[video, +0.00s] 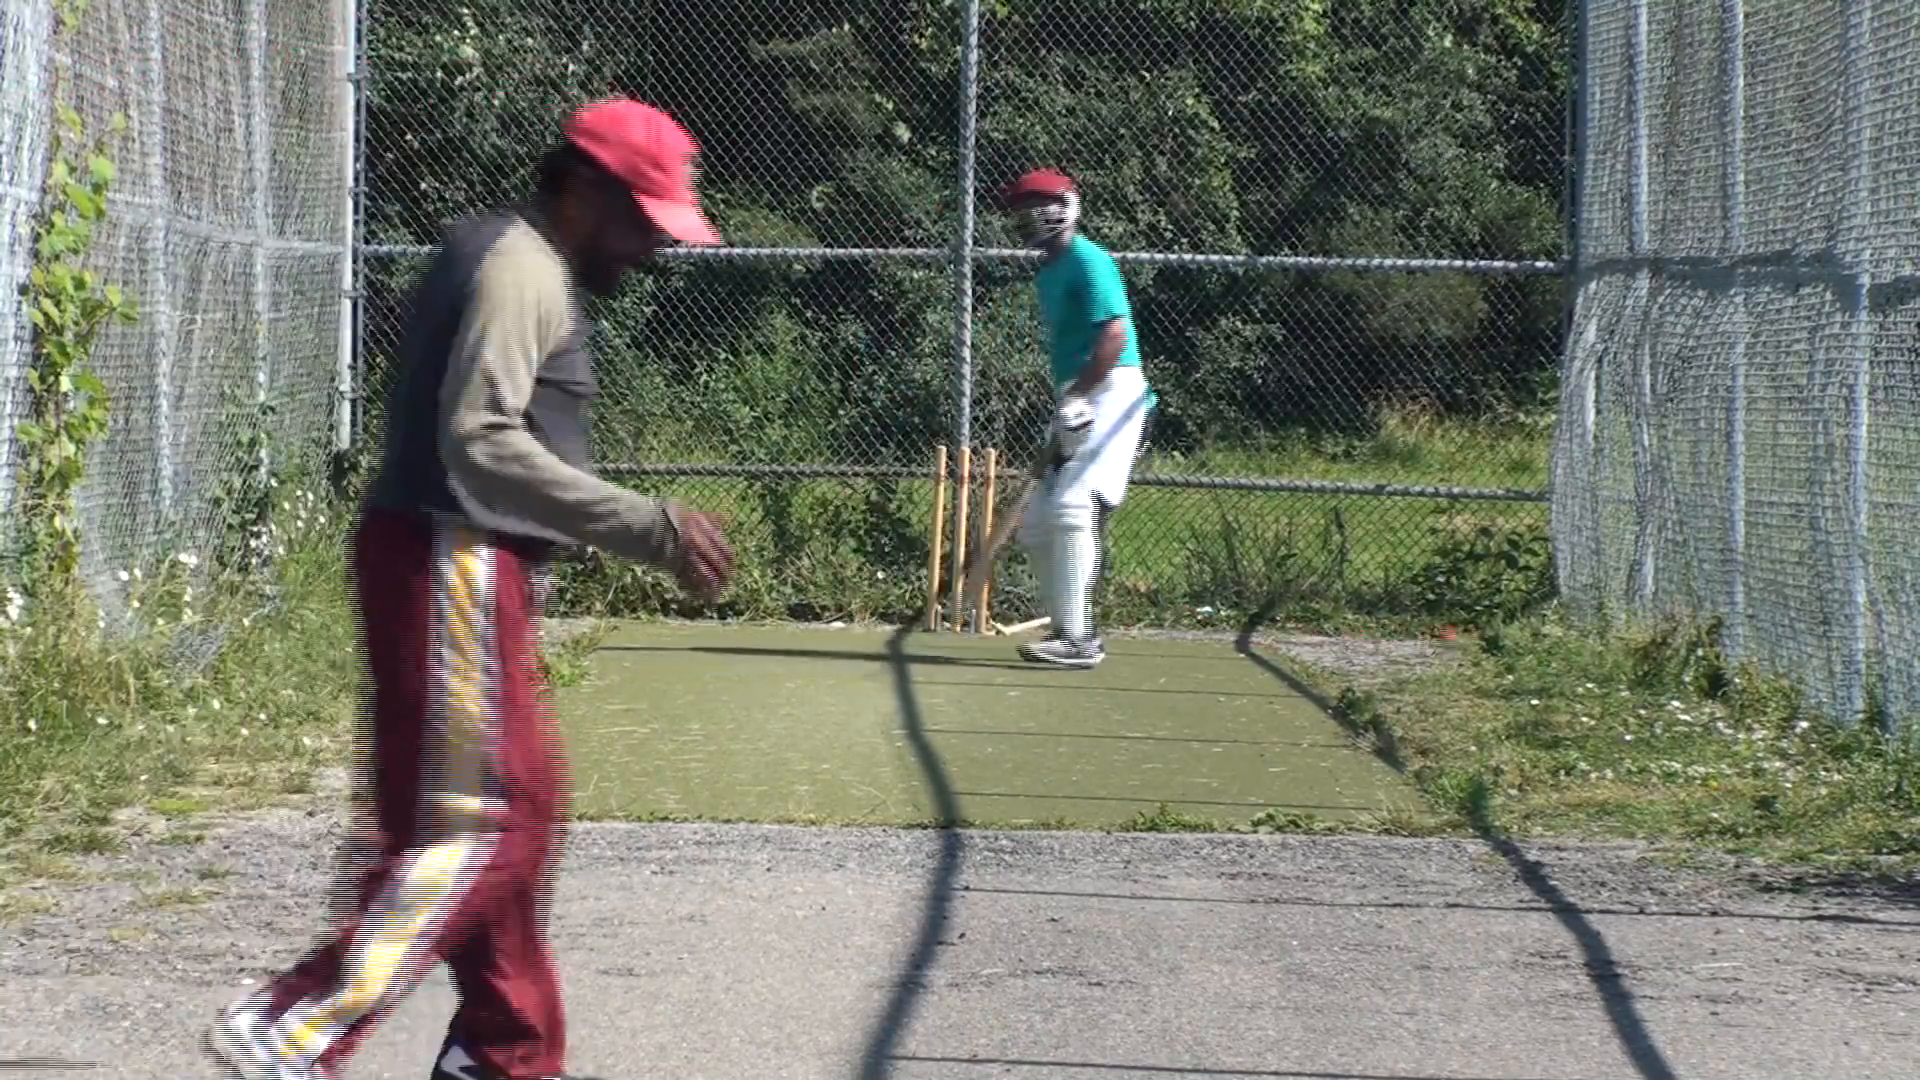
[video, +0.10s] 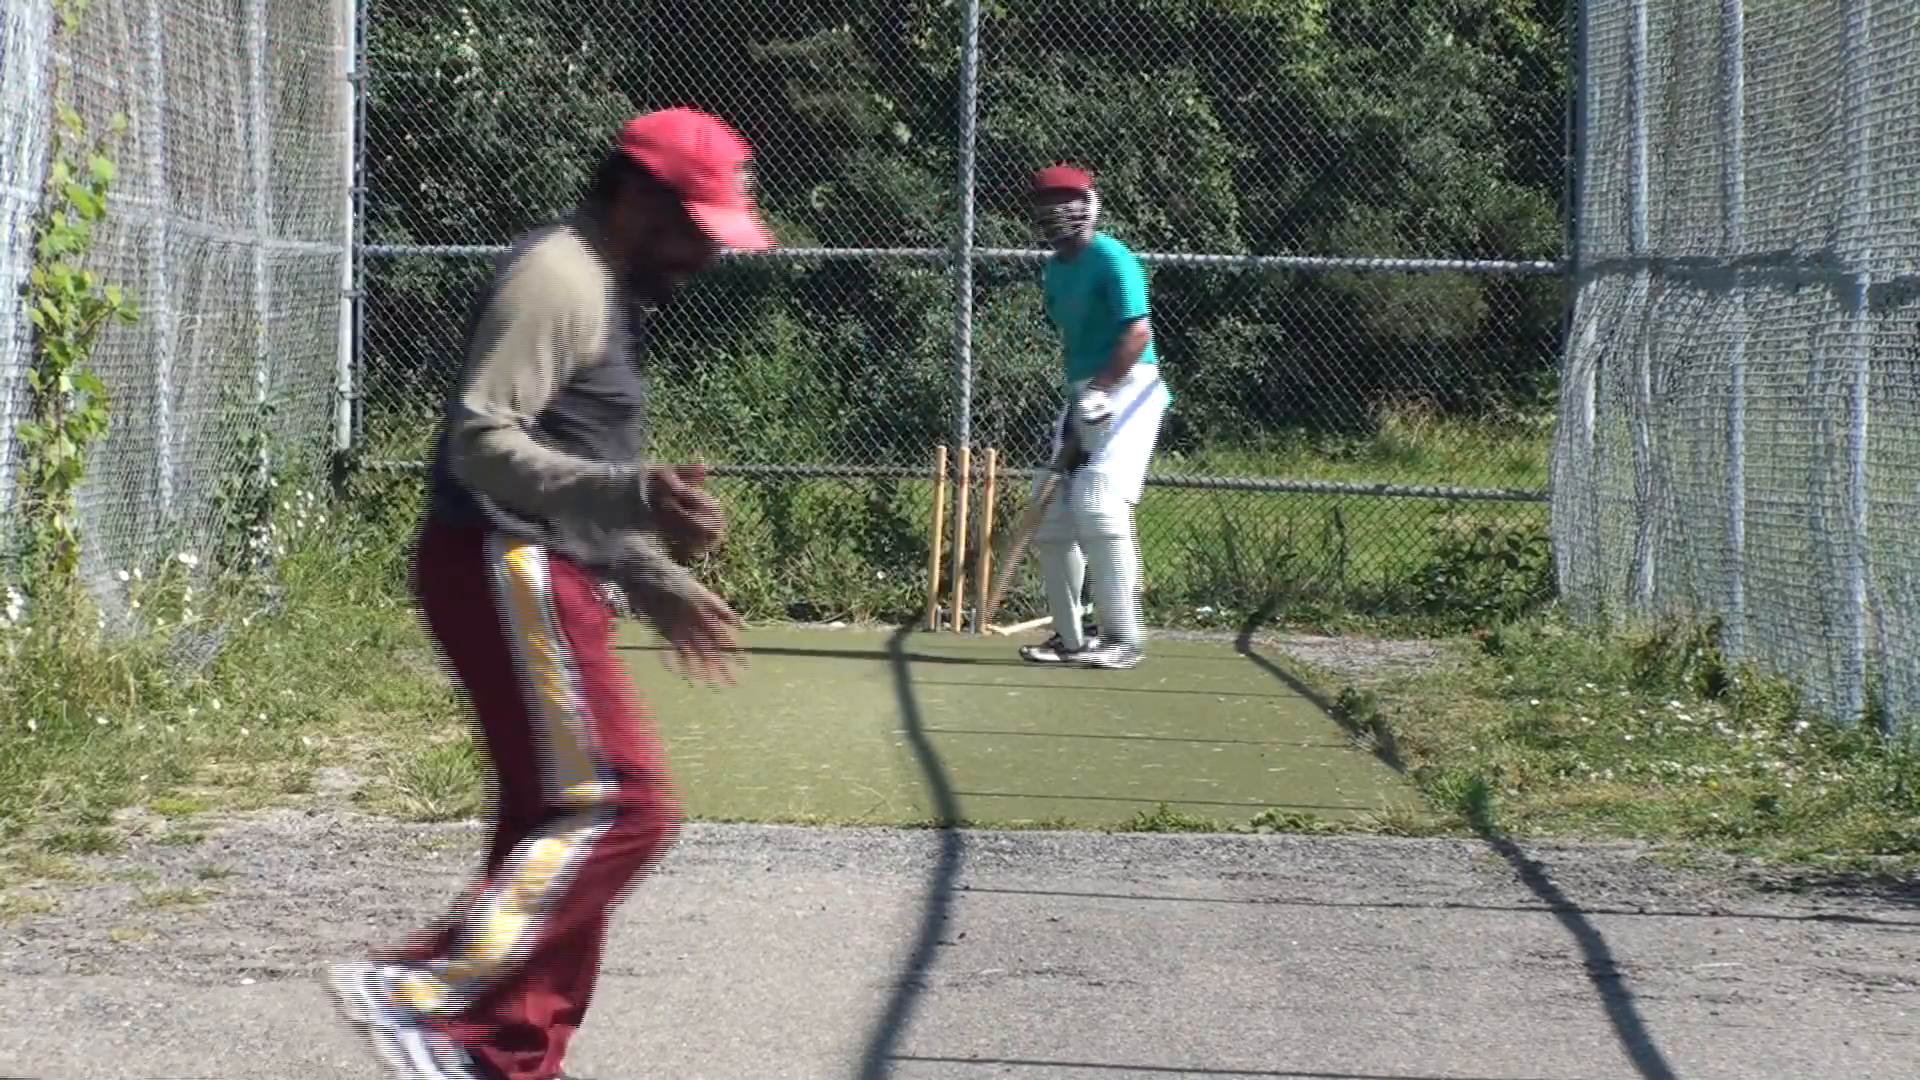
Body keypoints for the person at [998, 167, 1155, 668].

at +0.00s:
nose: (1046, 218)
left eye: (1054, 207)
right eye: (1033, 213)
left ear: (1073, 208)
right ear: (1021, 223)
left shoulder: (1088, 260)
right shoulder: (1048, 273)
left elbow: (1114, 337)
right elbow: (1070, 349)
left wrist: (1074, 399)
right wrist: (1060, 419)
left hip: (1115, 394)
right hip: (1082, 397)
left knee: (1070, 505)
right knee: (1039, 517)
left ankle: (1077, 635)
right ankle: (1066, 626)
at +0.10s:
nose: (1064, 217)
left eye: (1074, 207)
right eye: (1051, 211)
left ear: (1092, 208)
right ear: (1038, 219)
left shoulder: (1113, 259)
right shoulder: (1053, 272)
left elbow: (1137, 333)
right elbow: (1073, 341)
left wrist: (1099, 391)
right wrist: (1073, 410)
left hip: (1132, 392)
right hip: (1084, 394)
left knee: (1098, 504)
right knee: (1053, 519)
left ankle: (1122, 639)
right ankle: (1068, 636)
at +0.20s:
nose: (1089, 212)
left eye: (1097, 202)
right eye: (1076, 204)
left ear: (1114, 206)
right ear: (1062, 215)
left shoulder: (1134, 261)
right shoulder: (1064, 272)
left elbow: (1161, 339)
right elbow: (1070, 341)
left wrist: (1119, 399)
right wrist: (1063, 406)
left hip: (1147, 396)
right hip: (1094, 398)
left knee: (1129, 515)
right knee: (1056, 510)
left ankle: (1163, 635)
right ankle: (1076, 635)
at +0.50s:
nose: (1151, 215)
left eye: (1161, 205)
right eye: (1140, 207)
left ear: (1178, 210)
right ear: (1123, 213)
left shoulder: (1197, 268)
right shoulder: (1103, 267)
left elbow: (1215, 344)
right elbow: (1085, 336)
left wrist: (1197, 414)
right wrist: (1055, 398)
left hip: (1177, 400)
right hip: (1118, 399)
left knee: (1169, 517)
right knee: (1078, 506)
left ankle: (1178, 639)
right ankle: (1082, 634)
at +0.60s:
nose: (1165, 211)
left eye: (1176, 203)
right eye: (1155, 202)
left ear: (1192, 210)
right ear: (1138, 206)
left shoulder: (1209, 268)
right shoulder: (1112, 263)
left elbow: (1222, 343)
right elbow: (1090, 338)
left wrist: (1215, 411)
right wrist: (1070, 400)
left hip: (1179, 393)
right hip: (1115, 393)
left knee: (1165, 514)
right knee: (1081, 506)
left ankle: (1174, 637)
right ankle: (1087, 632)